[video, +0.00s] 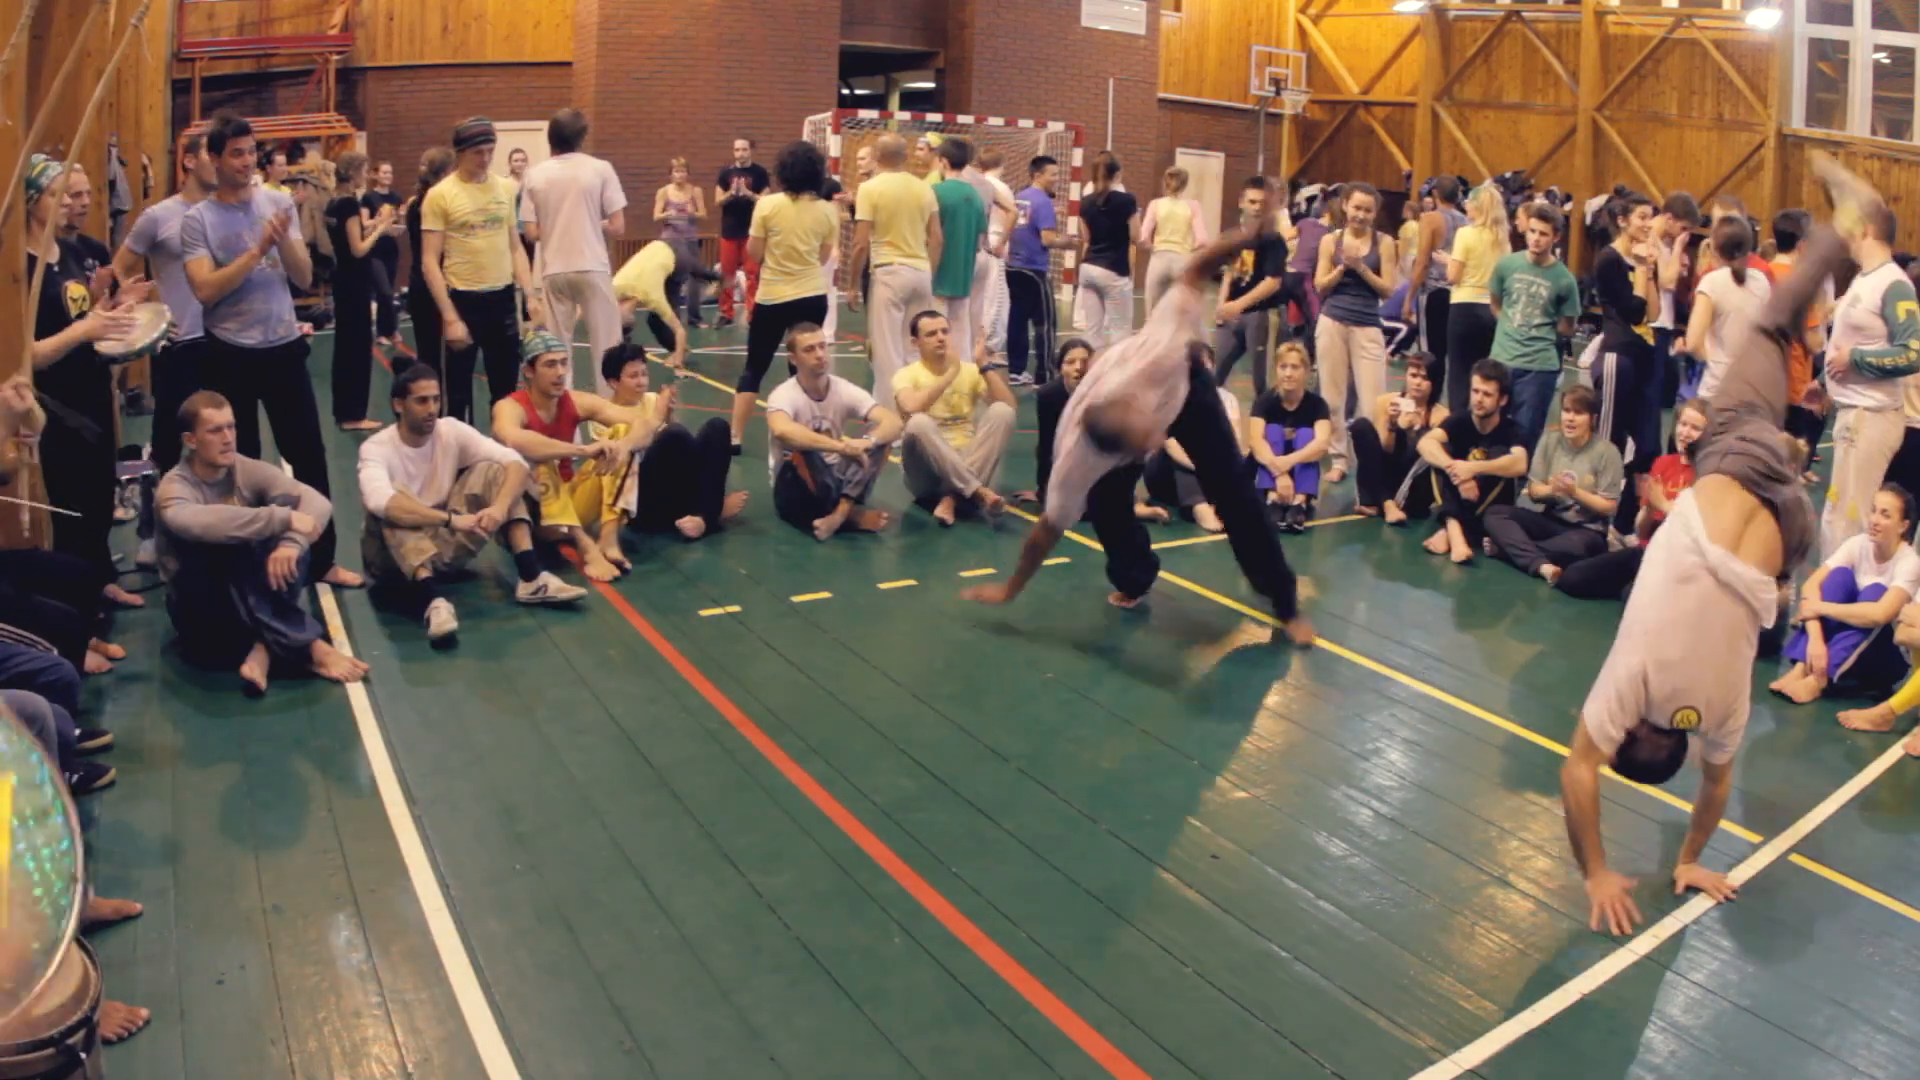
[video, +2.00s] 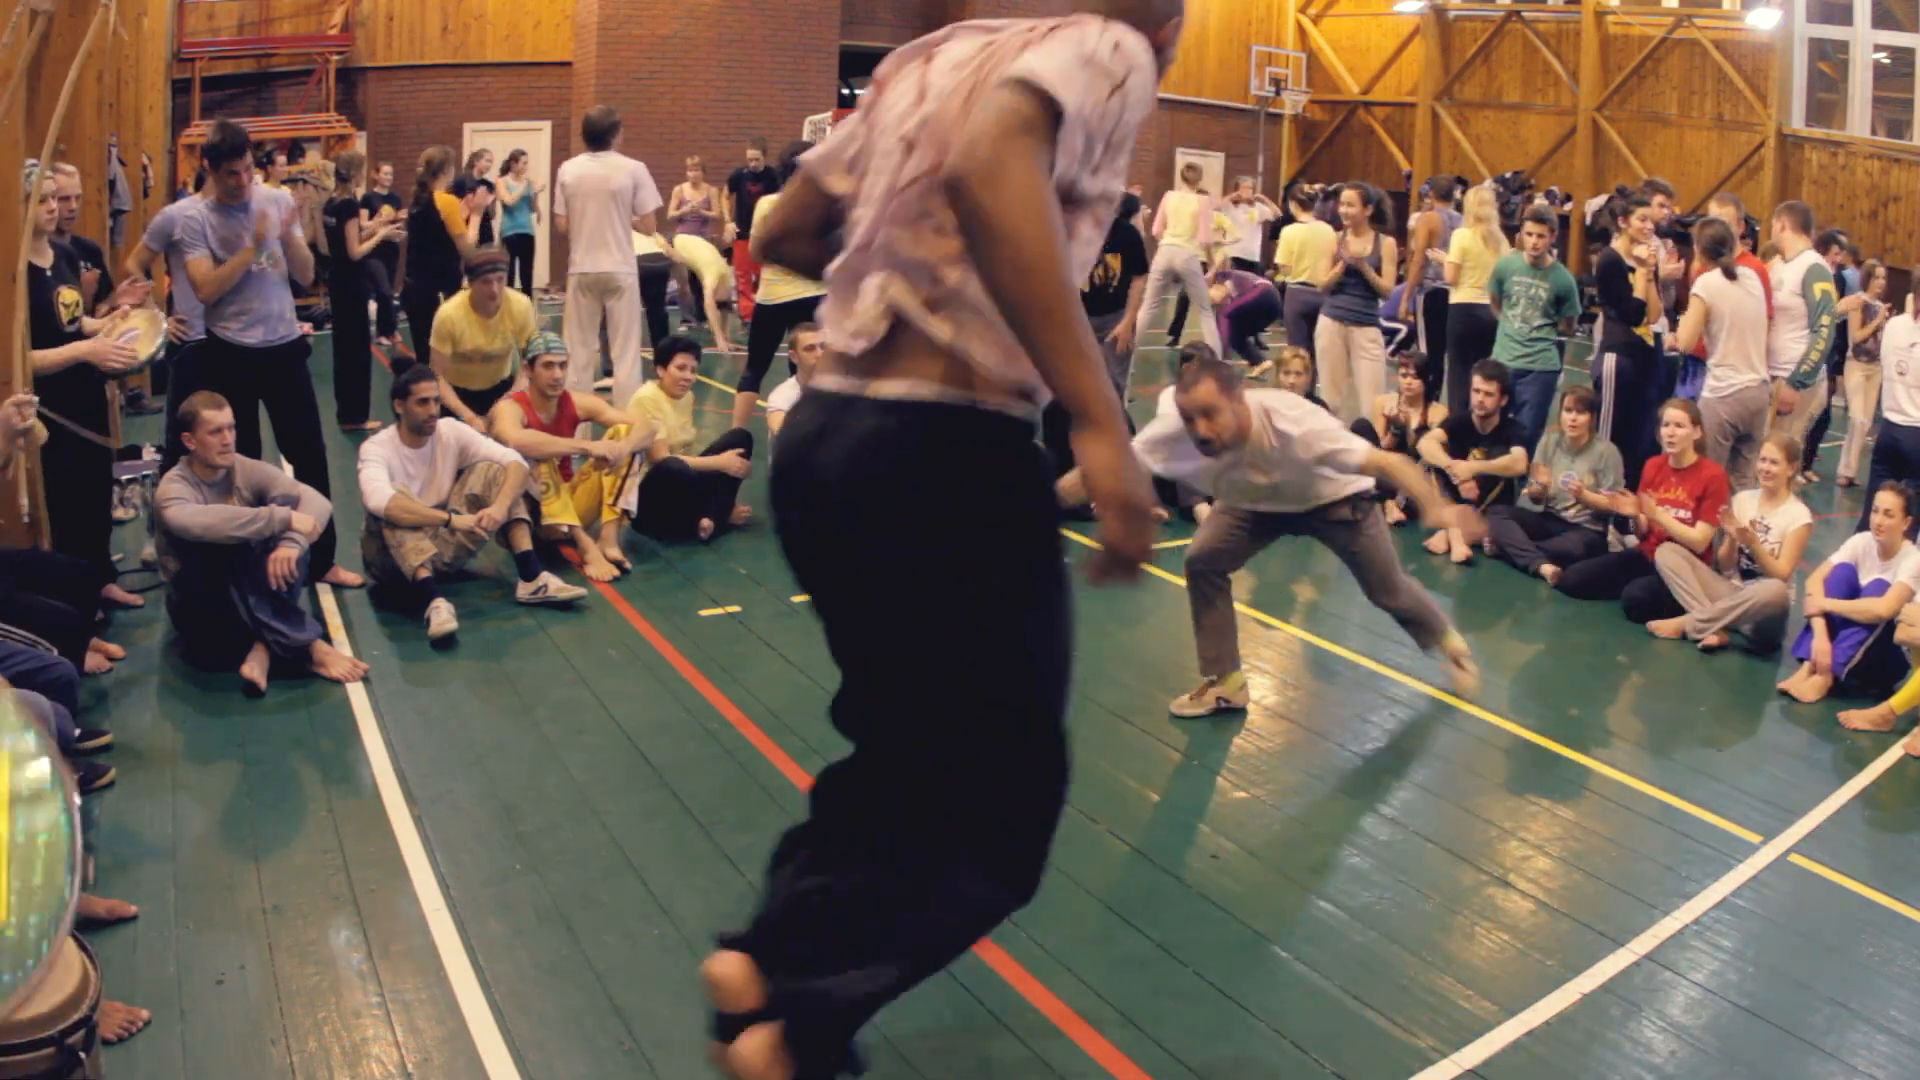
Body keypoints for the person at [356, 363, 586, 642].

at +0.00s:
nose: (431, 409)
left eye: (436, 400)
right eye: (421, 402)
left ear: (441, 400)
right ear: (398, 405)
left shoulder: (451, 430)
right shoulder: (376, 449)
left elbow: (516, 464)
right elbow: (381, 503)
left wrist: (500, 509)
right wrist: (451, 519)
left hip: (450, 546)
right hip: (398, 552)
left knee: (492, 470)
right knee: (396, 499)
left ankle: (532, 578)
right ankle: (434, 602)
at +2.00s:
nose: (433, 411)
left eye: (436, 402)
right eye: (423, 403)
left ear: (440, 401)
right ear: (399, 405)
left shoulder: (451, 431)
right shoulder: (376, 449)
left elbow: (516, 464)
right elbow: (380, 502)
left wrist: (500, 508)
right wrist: (450, 519)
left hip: (449, 548)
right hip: (398, 555)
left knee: (490, 470)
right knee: (395, 497)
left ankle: (532, 577)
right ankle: (435, 601)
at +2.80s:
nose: (430, 410)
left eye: (434, 400)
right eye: (420, 402)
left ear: (440, 400)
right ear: (397, 407)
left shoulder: (450, 431)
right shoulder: (376, 449)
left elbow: (516, 463)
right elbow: (380, 502)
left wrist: (500, 509)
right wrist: (450, 519)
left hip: (448, 548)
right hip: (397, 554)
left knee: (492, 470)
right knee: (395, 498)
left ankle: (532, 577)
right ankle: (434, 601)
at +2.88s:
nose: (431, 410)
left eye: (435, 401)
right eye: (421, 403)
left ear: (440, 400)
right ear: (397, 407)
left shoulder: (450, 431)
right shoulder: (376, 449)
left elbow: (516, 463)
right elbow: (380, 502)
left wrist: (500, 509)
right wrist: (450, 519)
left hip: (449, 547)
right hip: (397, 553)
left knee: (492, 470)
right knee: (396, 499)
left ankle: (532, 577)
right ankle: (434, 601)